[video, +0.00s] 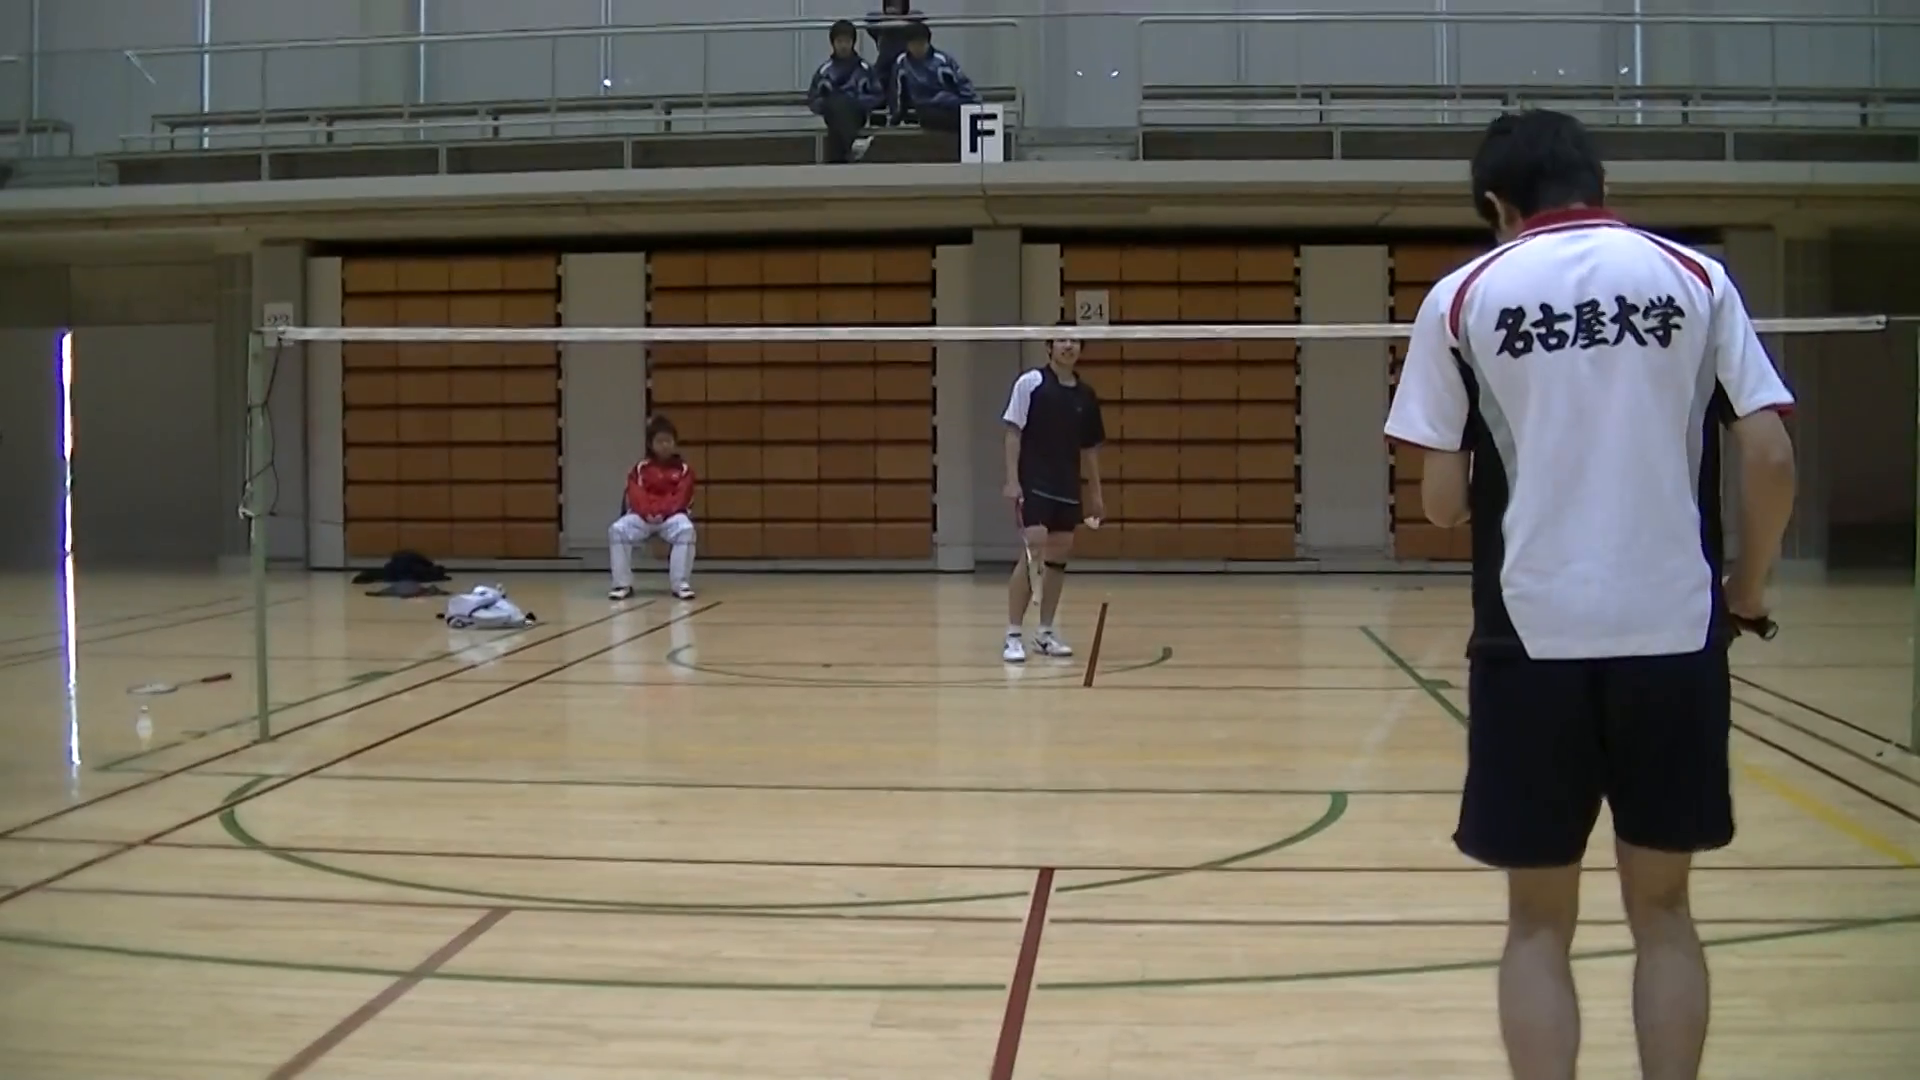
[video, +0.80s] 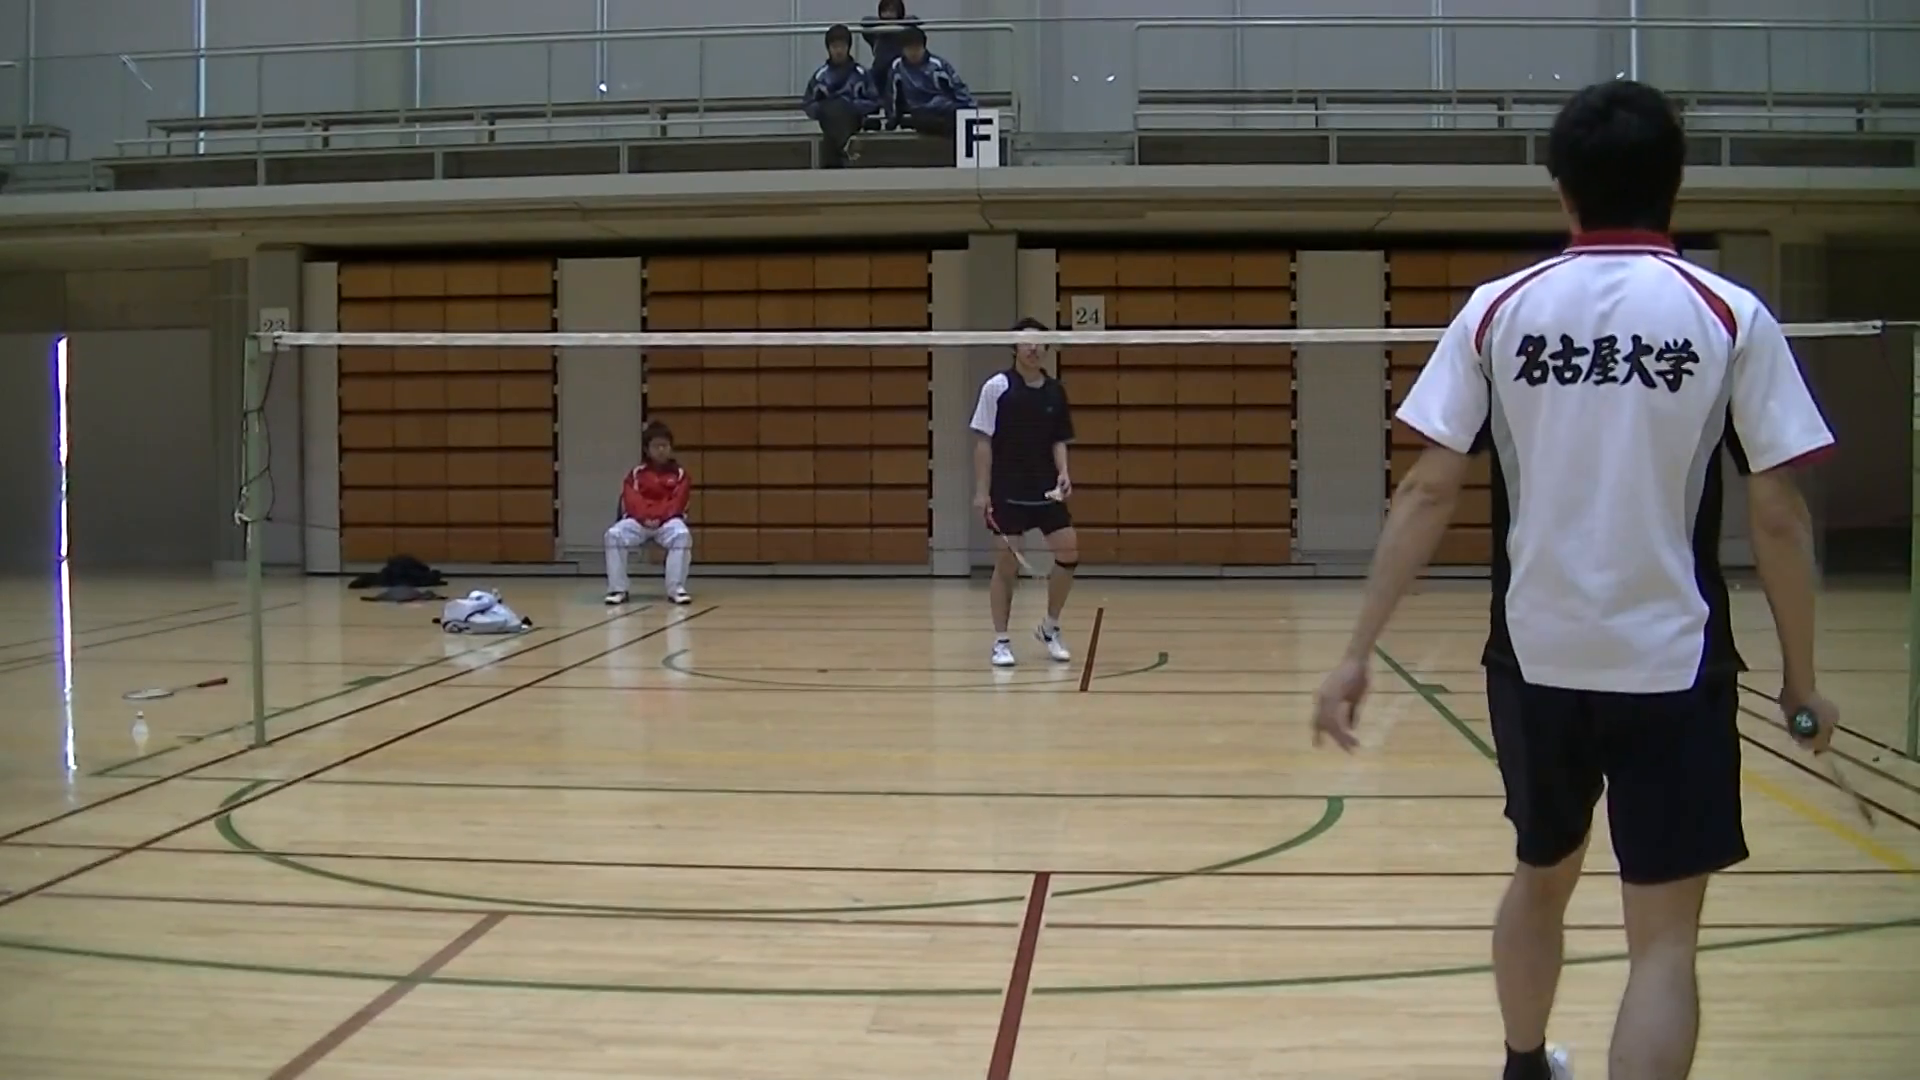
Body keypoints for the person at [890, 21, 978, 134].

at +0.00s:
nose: (918, 49)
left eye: (921, 44)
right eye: (913, 45)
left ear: (928, 43)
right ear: (907, 45)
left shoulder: (943, 60)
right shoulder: (902, 64)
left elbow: (962, 83)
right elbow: (898, 93)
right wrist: (894, 119)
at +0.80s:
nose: (913, 54)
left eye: (917, 49)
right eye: (909, 49)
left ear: (924, 48)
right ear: (903, 50)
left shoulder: (939, 65)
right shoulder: (897, 68)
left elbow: (958, 88)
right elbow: (894, 97)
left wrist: (970, 109)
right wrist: (892, 121)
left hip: (949, 112)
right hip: (920, 115)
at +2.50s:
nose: (911, 52)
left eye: (914, 47)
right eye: (906, 47)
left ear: (921, 47)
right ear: (899, 49)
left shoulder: (935, 64)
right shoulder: (894, 67)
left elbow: (954, 87)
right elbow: (890, 96)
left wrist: (968, 107)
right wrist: (889, 121)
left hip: (942, 107)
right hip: (916, 112)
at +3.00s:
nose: (910, 51)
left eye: (914, 47)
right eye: (905, 47)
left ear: (920, 46)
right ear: (899, 49)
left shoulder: (934, 64)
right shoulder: (893, 67)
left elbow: (954, 86)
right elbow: (889, 95)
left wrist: (966, 106)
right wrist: (889, 119)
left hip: (942, 107)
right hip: (915, 112)